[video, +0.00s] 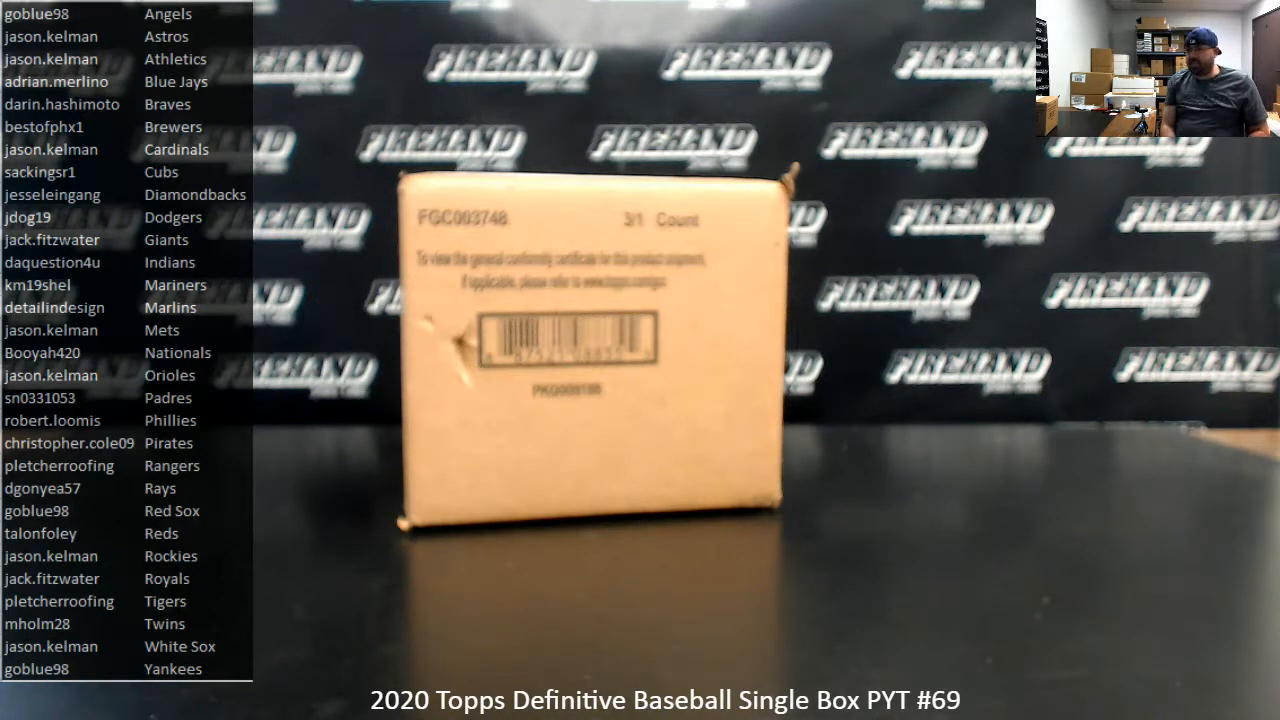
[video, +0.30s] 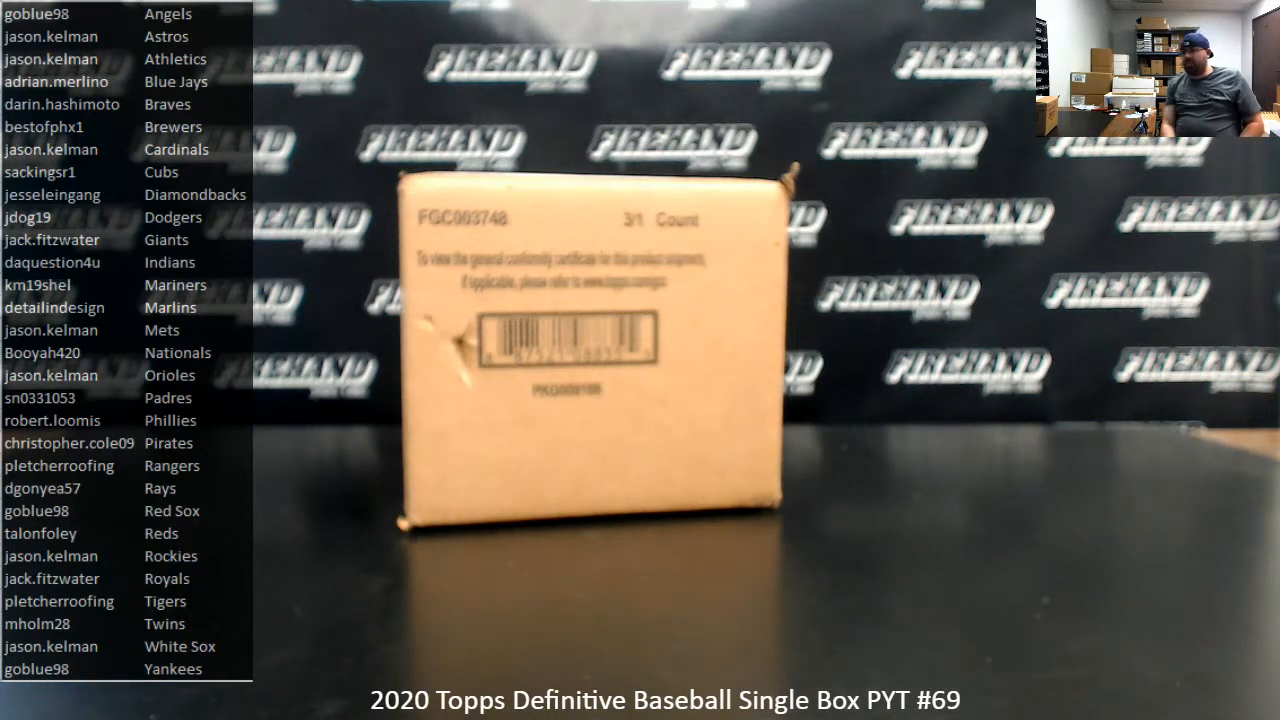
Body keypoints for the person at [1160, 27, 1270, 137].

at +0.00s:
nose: (1192, 56)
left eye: (1199, 49)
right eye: (1189, 50)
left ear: (1216, 52)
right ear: (1185, 53)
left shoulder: (1242, 83)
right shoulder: (1177, 82)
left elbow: (1261, 131)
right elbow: (1167, 125)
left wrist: (1242, 157)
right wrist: (1171, 152)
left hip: (1228, 158)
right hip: (1184, 159)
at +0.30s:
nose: (1187, 56)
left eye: (1194, 51)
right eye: (1184, 52)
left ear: (1207, 53)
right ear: (1181, 55)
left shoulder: (1233, 79)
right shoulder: (1175, 84)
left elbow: (1256, 123)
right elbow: (1167, 123)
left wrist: (1236, 151)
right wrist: (1170, 151)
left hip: (1225, 154)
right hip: (1184, 155)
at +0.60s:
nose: (1187, 57)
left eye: (1193, 52)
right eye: (1183, 53)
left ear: (1206, 54)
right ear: (1180, 58)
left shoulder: (1232, 79)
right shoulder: (1176, 86)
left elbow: (1256, 121)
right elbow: (1169, 123)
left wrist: (1236, 149)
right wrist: (1170, 150)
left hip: (1225, 154)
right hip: (1186, 155)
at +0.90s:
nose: (1194, 56)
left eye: (1199, 50)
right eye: (1189, 52)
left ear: (1212, 54)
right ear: (1185, 58)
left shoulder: (1236, 80)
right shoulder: (1180, 86)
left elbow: (1259, 123)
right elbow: (1170, 122)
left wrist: (1237, 149)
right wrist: (1169, 150)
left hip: (1226, 153)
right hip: (1186, 154)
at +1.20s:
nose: (1200, 55)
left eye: (1206, 50)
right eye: (1195, 51)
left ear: (1219, 53)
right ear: (1190, 56)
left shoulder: (1243, 80)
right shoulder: (1186, 84)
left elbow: (1263, 128)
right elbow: (1173, 121)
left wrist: (1235, 153)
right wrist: (1168, 149)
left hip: (1226, 156)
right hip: (1187, 155)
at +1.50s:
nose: (1197, 57)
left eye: (1203, 51)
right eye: (1194, 52)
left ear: (1221, 52)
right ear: (1191, 54)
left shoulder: (1248, 82)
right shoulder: (1190, 83)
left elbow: (1267, 134)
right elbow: (1176, 120)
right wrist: (1167, 149)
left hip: (1229, 162)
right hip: (1187, 160)